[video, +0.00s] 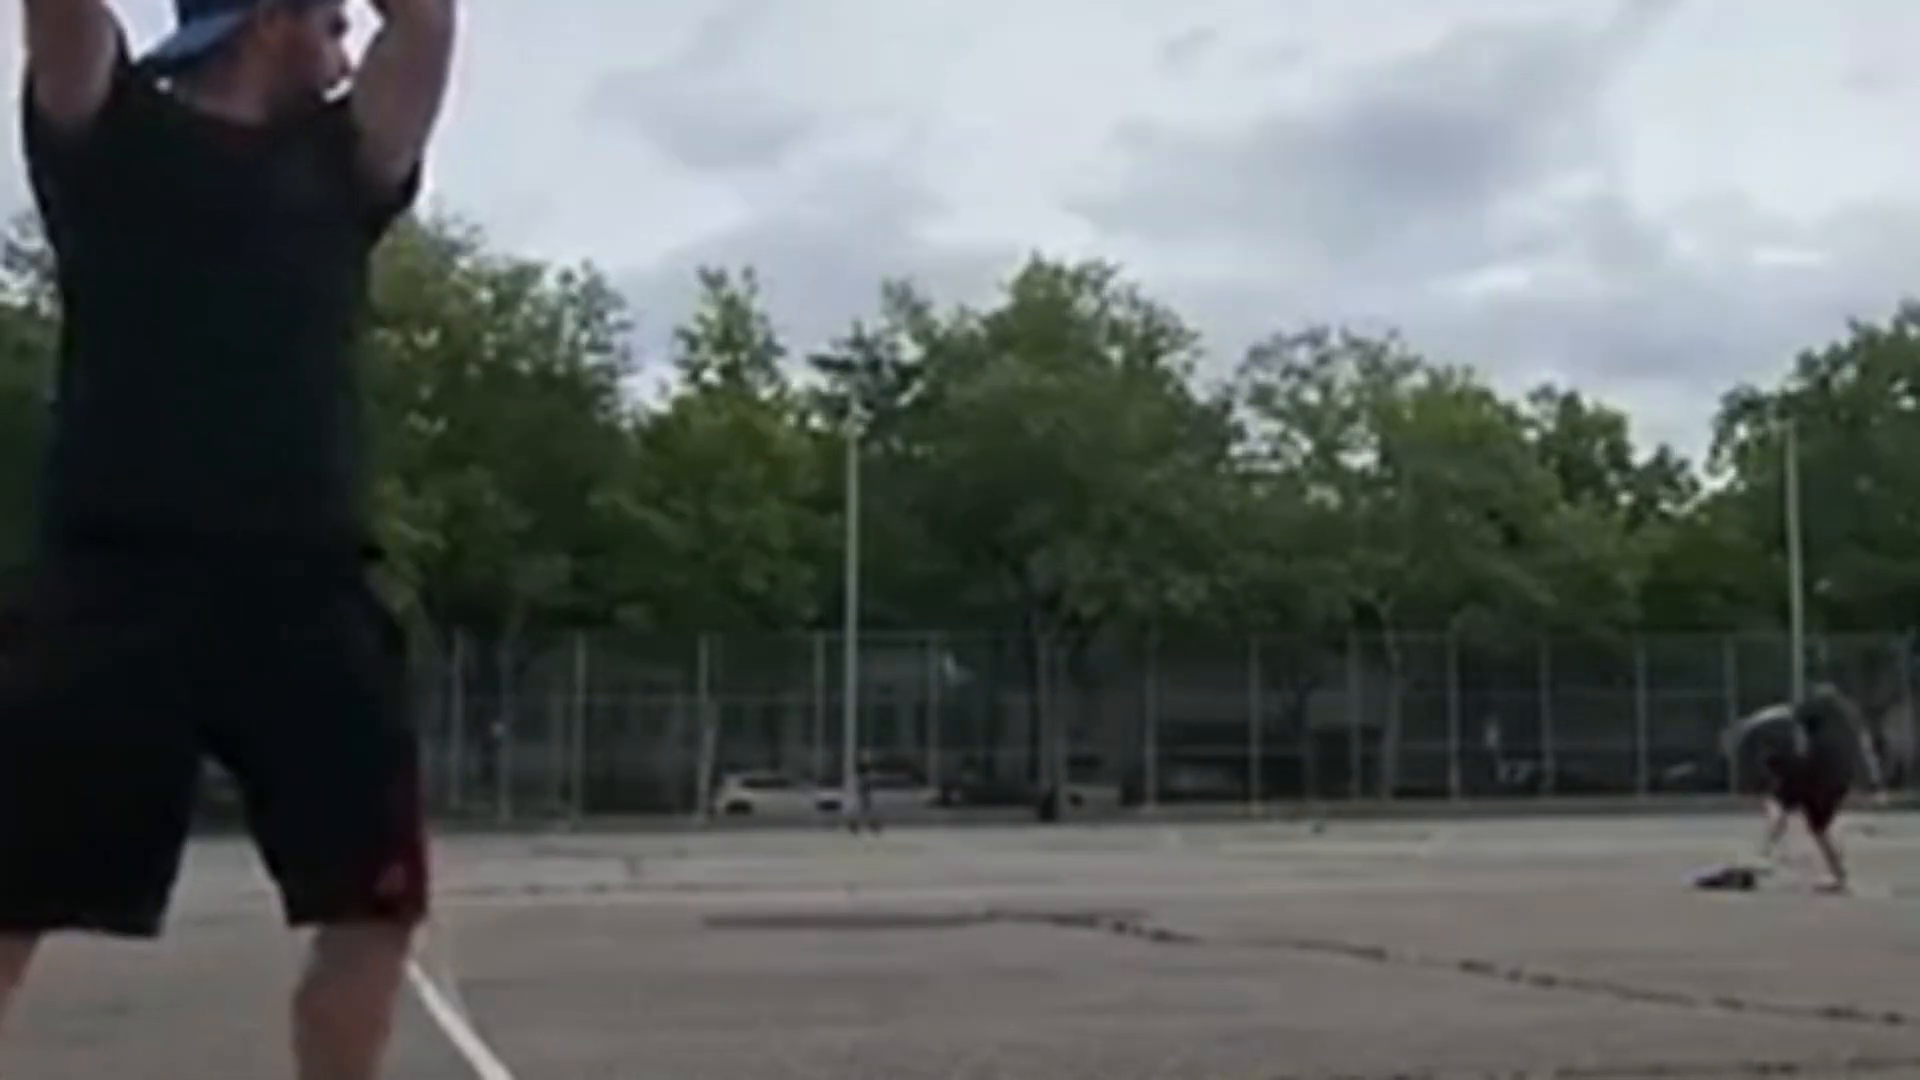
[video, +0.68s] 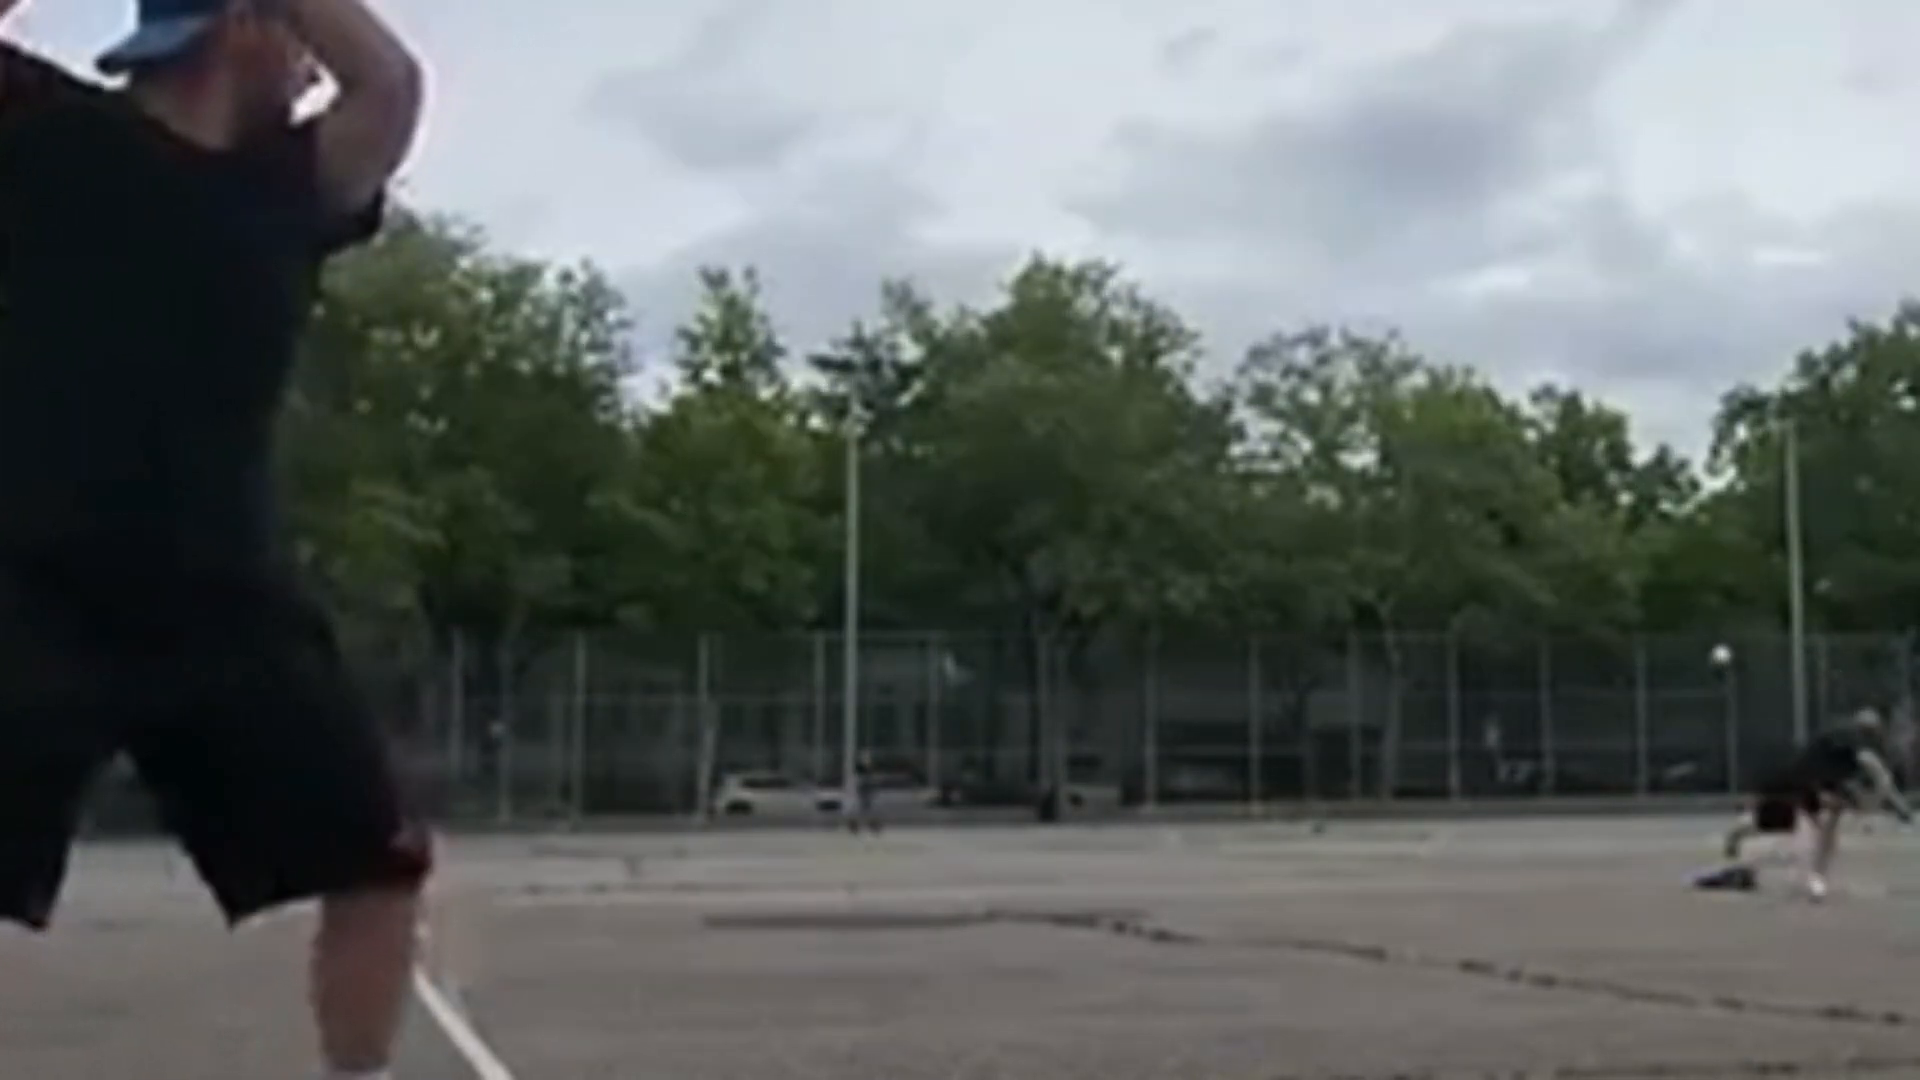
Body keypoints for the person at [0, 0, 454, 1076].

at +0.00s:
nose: (347, 47)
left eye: (346, 26)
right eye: (330, 21)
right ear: (270, 21)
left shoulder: (341, 166)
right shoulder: (104, 140)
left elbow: (426, 22)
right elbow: (58, 7)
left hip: (303, 581)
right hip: (113, 575)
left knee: (375, 906)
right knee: (18, 908)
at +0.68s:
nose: (295, 51)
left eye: (297, 34)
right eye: (282, 27)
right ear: (231, 33)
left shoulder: (283, 193)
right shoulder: (48, 128)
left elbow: (389, 86)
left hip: (217, 586)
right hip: (41, 581)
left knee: (380, 864)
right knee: (6, 882)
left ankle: (354, 1066)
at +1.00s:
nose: (339, 212)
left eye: (344, 187)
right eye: (319, 182)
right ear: (224, 166)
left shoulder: (335, 332)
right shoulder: (61, 286)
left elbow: (293, 483)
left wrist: (113, 369)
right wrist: (12, 292)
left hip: (245, 683)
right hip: (59, 689)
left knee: (439, 913)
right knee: (5, 937)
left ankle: (445, 1070)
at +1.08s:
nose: (294, 192)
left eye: (312, 167)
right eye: (269, 157)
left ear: (325, 172)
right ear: (181, 140)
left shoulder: (328, 330)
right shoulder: (43, 284)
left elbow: (335, 535)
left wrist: (184, 514)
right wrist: (26, 436)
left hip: (227, 665)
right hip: (43, 663)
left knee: (417, 913)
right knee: (6, 921)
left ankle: (435, 1067)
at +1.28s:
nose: (209, 57)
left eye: (239, 37)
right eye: (179, 25)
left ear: (260, 66)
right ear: (107, 34)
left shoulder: (280, 245)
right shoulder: (16, 183)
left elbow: (318, 444)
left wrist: (252, 508)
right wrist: (70, 450)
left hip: (186, 629)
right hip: (19, 626)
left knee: (328, 898)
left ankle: (410, 1071)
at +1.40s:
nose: (185, 7)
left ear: (239, 24)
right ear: (90, 12)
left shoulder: (269, 226)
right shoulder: (23, 159)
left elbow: (301, 419)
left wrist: (259, 478)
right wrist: (95, 427)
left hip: (193, 598)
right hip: (22, 594)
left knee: (342, 875)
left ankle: (377, 1068)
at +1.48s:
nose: (180, 3)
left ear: (234, 21)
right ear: (103, 6)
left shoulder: (280, 214)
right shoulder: (29, 135)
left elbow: (304, 401)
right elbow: (11, 337)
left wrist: (289, 468)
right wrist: (135, 413)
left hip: (215, 599)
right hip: (40, 591)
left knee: (346, 870)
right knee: (4, 906)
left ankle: (331, 1066)